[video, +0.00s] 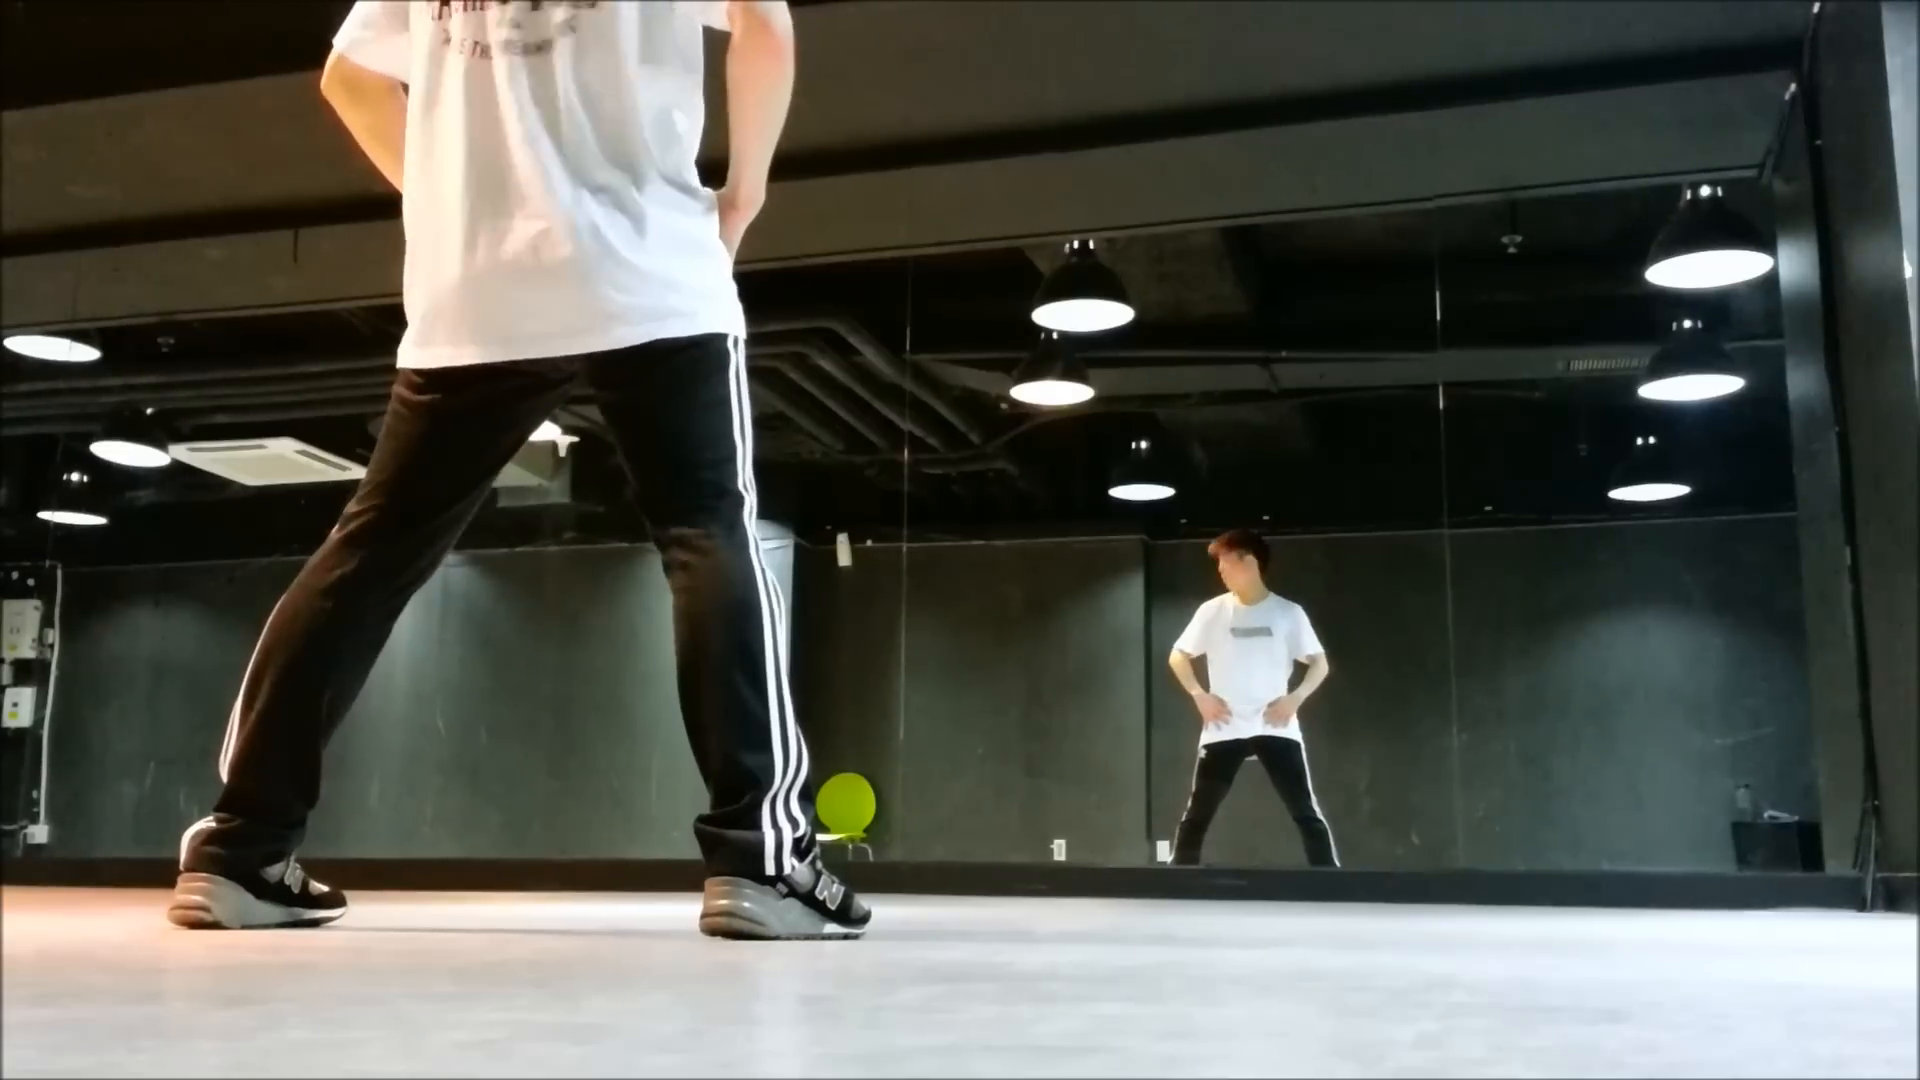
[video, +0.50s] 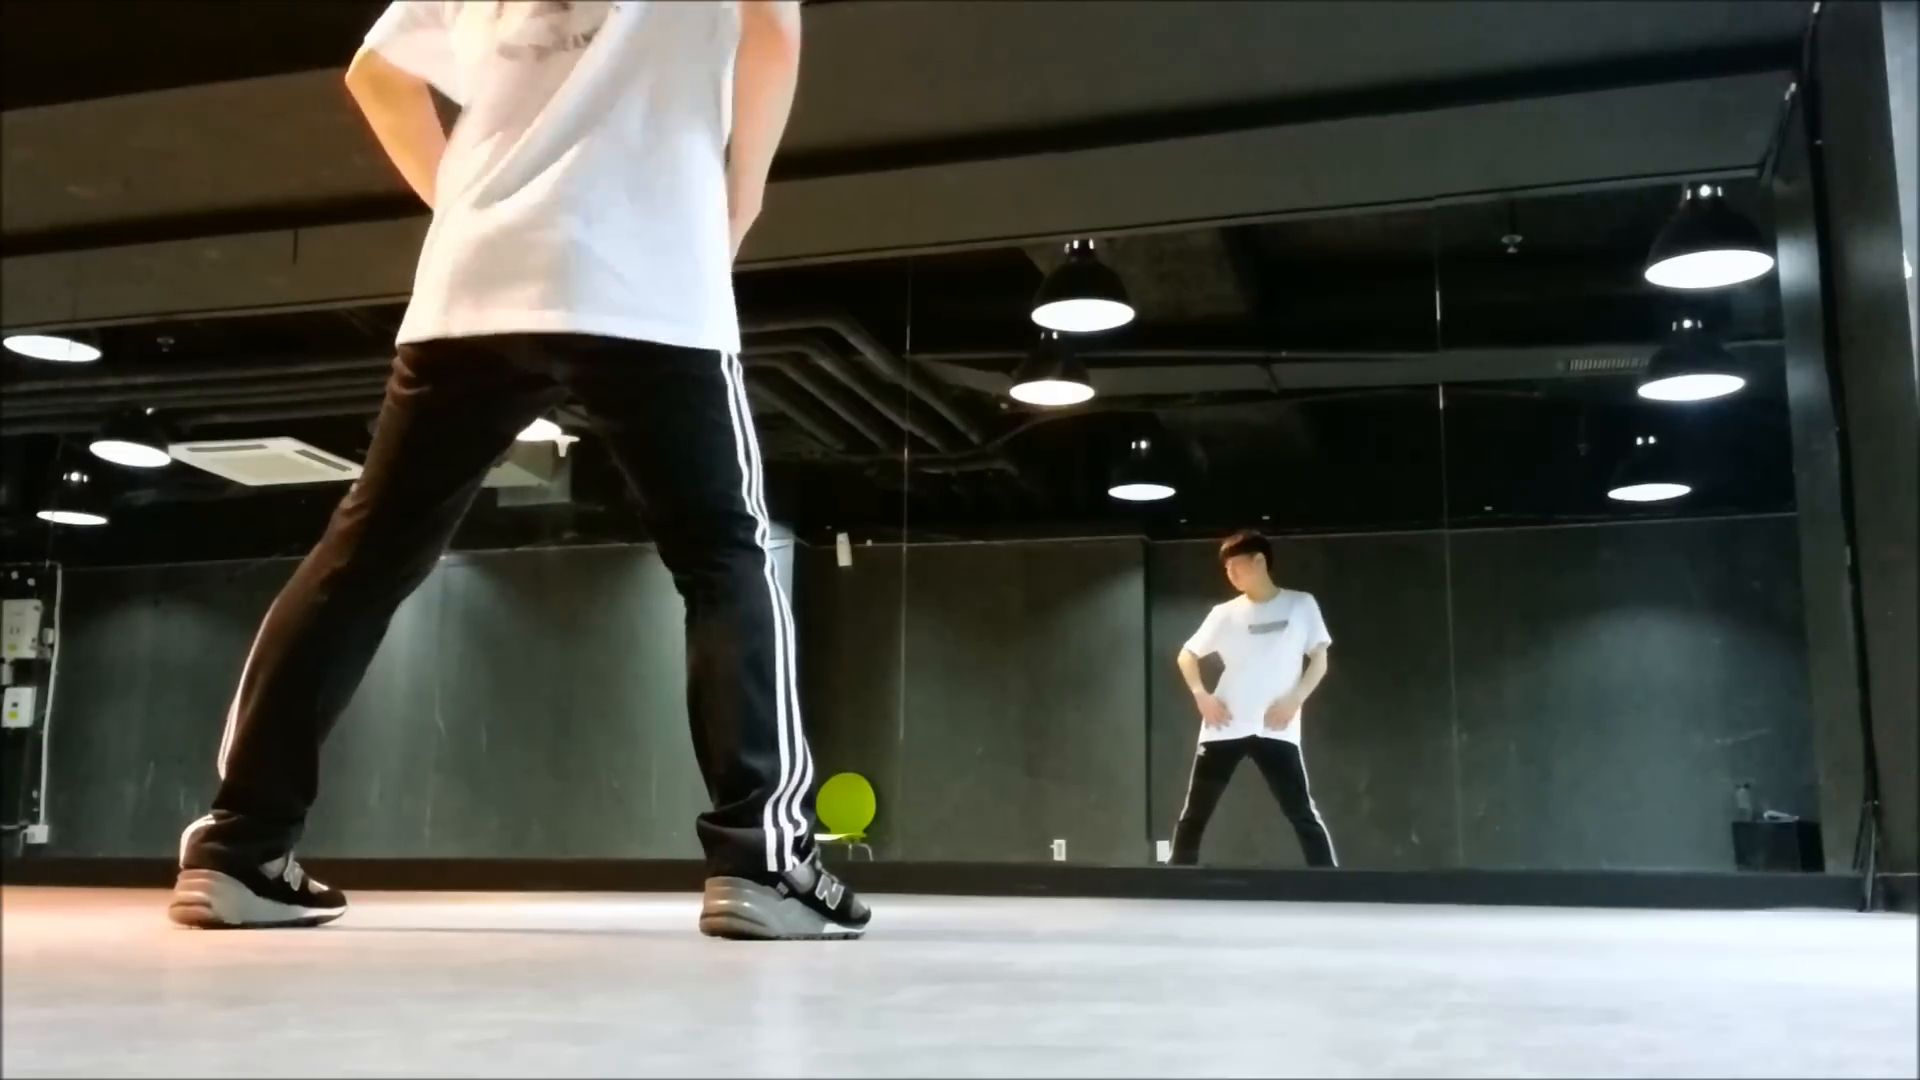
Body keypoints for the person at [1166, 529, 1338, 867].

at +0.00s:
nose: (1219, 570)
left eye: (1225, 562)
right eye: (1219, 563)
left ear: (1250, 561)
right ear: (1235, 565)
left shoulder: (1290, 613)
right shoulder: (1212, 611)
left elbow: (1320, 665)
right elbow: (1178, 656)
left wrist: (1293, 699)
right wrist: (1200, 696)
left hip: (1277, 729)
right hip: (1223, 730)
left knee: (1306, 814)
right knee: (1196, 816)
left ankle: (1333, 889)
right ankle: (1177, 892)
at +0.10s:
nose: (1221, 570)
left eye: (1228, 562)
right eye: (1219, 564)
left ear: (1252, 562)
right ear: (1222, 567)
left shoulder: (1290, 612)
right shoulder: (1211, 612)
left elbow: (1320, 664)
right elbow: (1178, 658)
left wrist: (1293, 698)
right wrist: (1200, 696)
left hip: (1277, 730)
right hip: (1223, 731)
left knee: (1306, 813)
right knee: (1196, 816)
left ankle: (1332, 888)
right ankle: (1177, 891)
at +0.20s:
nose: (1221, 570)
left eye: (1228, 562)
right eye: (1219, 563)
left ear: (1252, 561)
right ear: (1221, 568)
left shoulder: (1290, 612)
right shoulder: (1210, 612)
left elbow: (1320, 664)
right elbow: (1178, 658)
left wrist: (1293, 698)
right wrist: (1200, 696)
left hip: (1277, 730)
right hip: (1223, 731)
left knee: (1306, 813)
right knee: (1196, 815)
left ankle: (1332, 888)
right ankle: (1177, 891)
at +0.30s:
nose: (1221, 570)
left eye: (1228, 562)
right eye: (1219, 564)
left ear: (1252, 561)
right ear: (1221, 568)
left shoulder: (1290, 612)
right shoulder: (1210, 612)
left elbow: (1320, 664)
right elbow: (1178, 658)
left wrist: (1293, 698)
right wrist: (1200, 696)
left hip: (1277, 730)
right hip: (1223, 731)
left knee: (1306, 813)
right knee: (1196, 815)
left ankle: (1332, 888)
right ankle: (1177, 891)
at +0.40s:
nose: (1225, 573)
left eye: (1231, 565)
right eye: (1222, 567)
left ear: (1255, 564)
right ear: (1223, 571)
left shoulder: (1297, 609)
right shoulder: (1216, 613)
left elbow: (1323, 661)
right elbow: (1179, 654)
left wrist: (1292, 699)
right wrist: (1202, 695)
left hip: (1276, 732)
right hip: (1221, 732)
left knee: (1304, 815)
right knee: (1193, 817)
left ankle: (1331, 890)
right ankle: (1177, 893)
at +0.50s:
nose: (1230, 573)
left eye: (1235, 565)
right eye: (1227, 567)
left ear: (1259, 561)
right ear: (1227, 571)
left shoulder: (1302, 605)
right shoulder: (1224, 614)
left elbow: (1320, 661)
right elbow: (1186, 656)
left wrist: (1292, 701)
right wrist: (1201, 695)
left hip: (1276, 733)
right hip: (1222, 731)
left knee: (1302, 815)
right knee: (1193, 816)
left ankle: (1331, 890)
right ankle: (1176, 891)